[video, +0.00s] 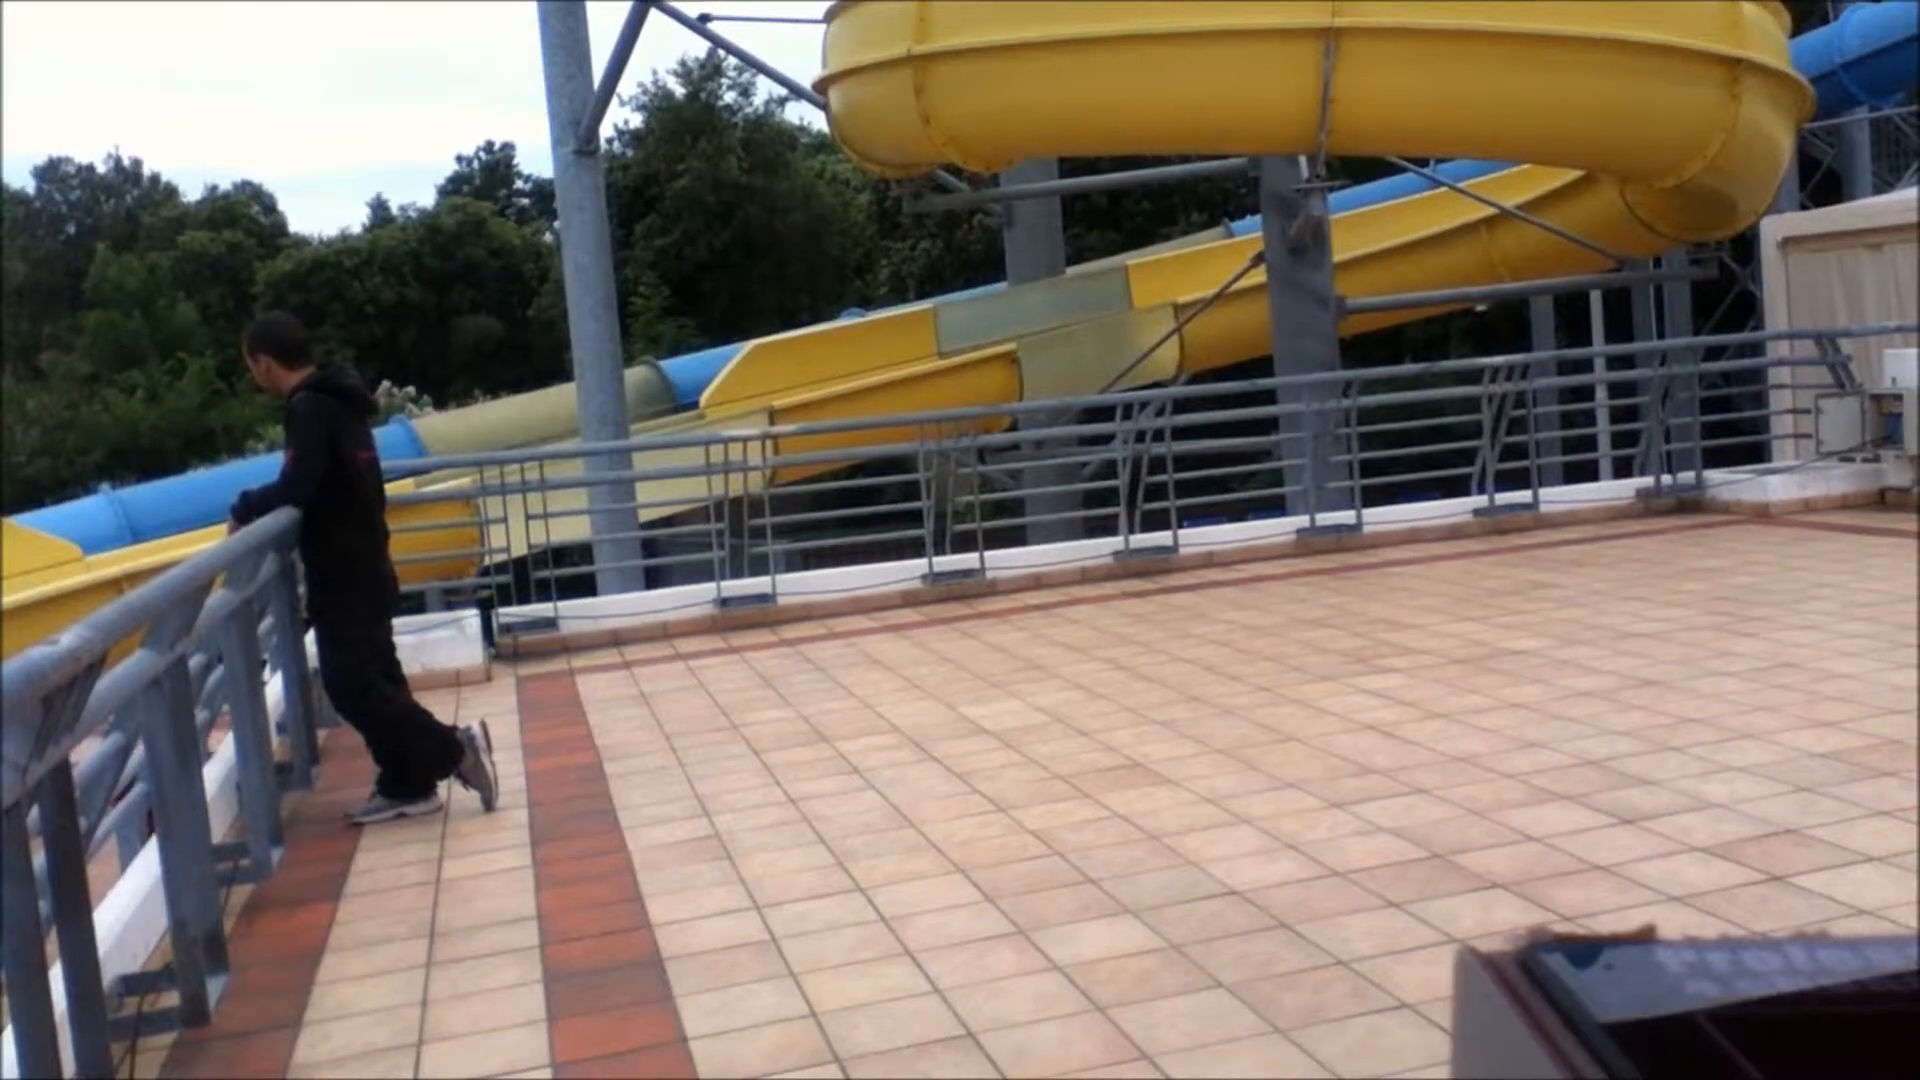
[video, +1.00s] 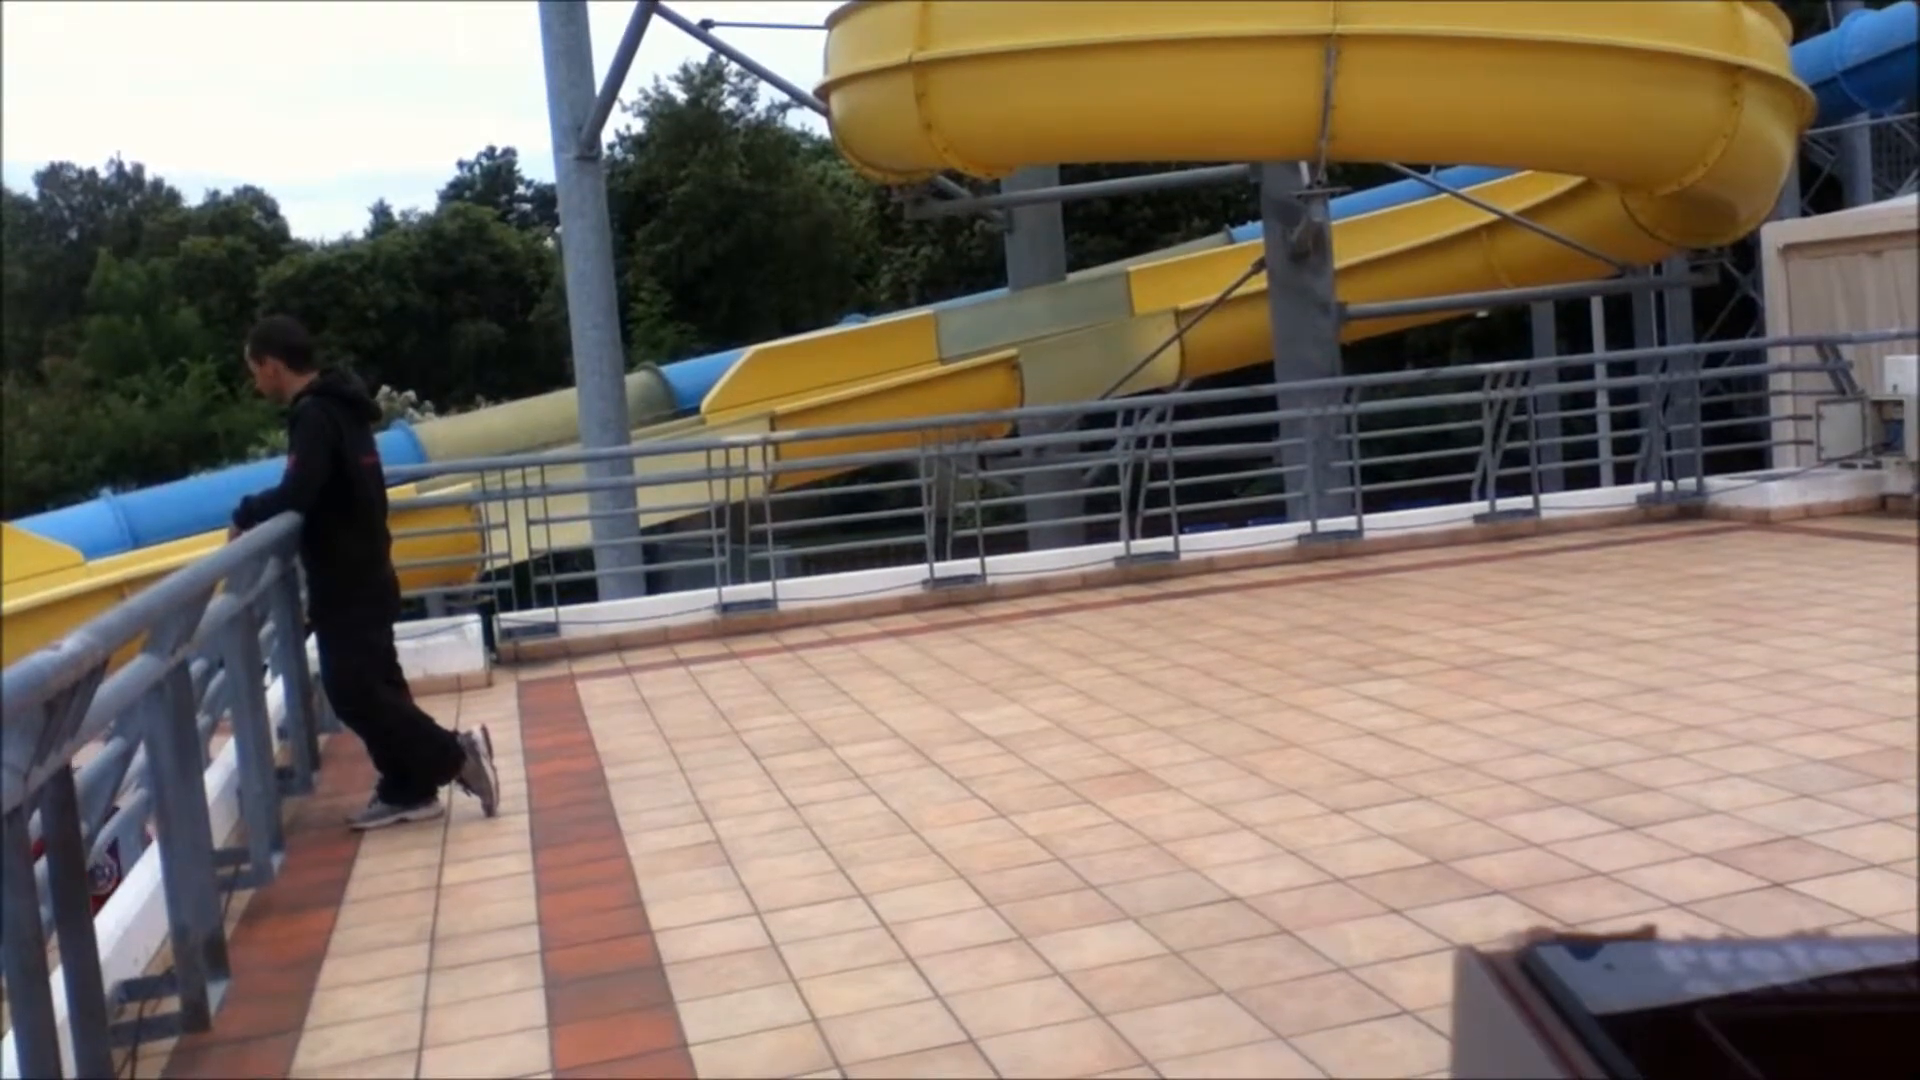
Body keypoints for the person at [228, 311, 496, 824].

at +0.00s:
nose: (253, 377)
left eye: (252, 367)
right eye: (251, 368)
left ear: (268, 363)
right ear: (300, 352)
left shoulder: (308, 408)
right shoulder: (337, 397)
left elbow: (298, 488)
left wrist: (244, 509)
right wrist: (261, 508)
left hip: (343, 573)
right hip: (364, 567)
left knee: (348, 687)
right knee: (376, 675)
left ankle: (452, 750)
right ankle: (406, 787)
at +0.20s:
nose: (254, 377)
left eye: (253, 367)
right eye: (251, 368)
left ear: (269, 363)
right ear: (298, 354)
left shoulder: (308, 408)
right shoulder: (337, 397)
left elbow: (298, 489)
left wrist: (244, 509)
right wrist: (262, 508)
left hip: (343, 573)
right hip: (365, 566)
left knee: (349, 689)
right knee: (377, 676)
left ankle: (454, 750)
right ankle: (406, 787)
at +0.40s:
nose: (256, 380)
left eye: (255, 369)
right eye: (254, 370)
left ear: (271, 366)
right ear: (301, 355)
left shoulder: (311, 412)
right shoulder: (338, 401)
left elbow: (299, 492)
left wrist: (245, 512)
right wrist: (264, 511)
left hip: (343, 576)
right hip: (365, 570)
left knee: (349, 692)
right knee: (377, 680)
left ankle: (453, 753)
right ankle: (405, 791)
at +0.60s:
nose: (256, 380)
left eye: (255, 369)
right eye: (254, 370)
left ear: (270, 367)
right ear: (301, 357)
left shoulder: (311, 413)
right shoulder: (338, 402)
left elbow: (300, 492)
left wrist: (245, 513)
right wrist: (264, 512)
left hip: (343, 577)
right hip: (365, 571)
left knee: (349, 693)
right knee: (377, 680)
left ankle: (452, 754)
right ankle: (406, 791)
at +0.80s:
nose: (257, 381)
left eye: (256, 371)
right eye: (255, 371)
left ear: (273, 368)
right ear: (301, 359)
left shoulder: (313, 416)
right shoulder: (338, 404)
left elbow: (301, 495)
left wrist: (246, 515)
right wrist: (263, 515)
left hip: (345, 580)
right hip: (365, 575)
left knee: (350, 696)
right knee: (376, 683)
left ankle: (453, 756)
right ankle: (406, 793)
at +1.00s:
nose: (255, 381)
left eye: (256, 370)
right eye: (253, 371)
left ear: (276, 365)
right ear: (298, 360)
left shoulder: (314, 414)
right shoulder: (338, 404)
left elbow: (300, 494)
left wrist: (245, 513)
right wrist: (263, 514)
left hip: (345, 579)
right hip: (365, 574)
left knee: (350, 694)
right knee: (377, 682)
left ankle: (453, 754)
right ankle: (406, 791)